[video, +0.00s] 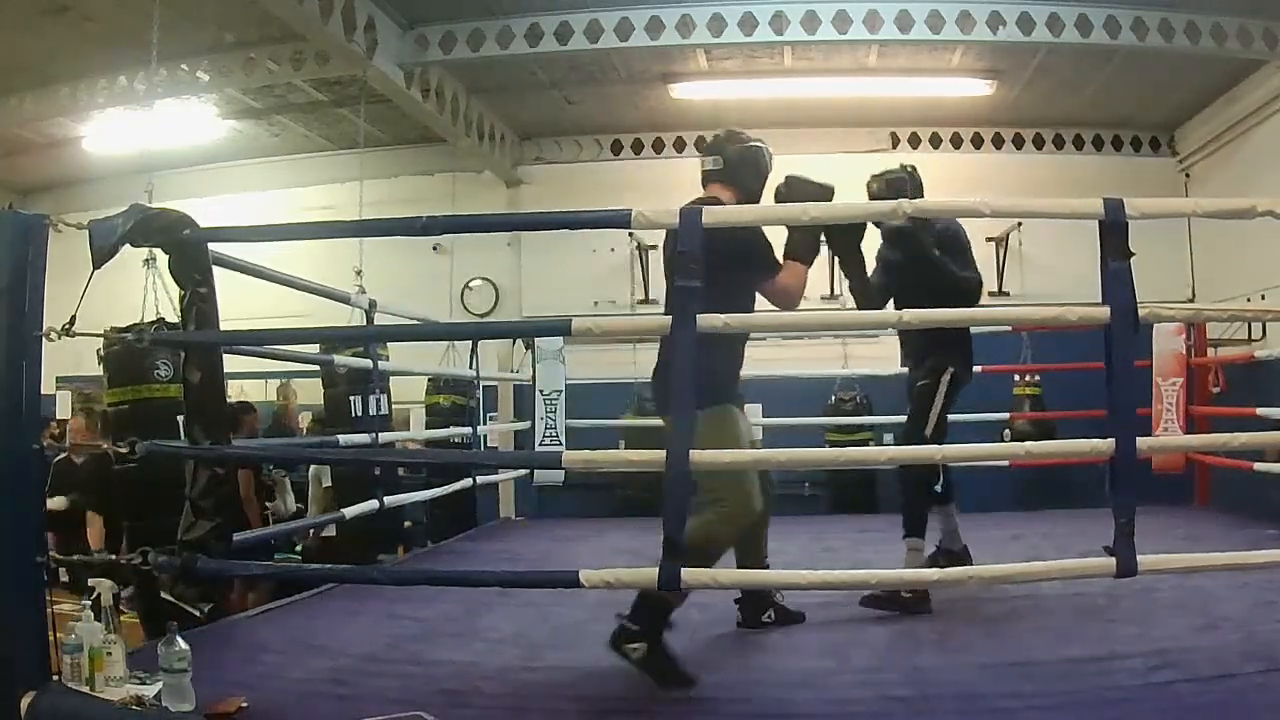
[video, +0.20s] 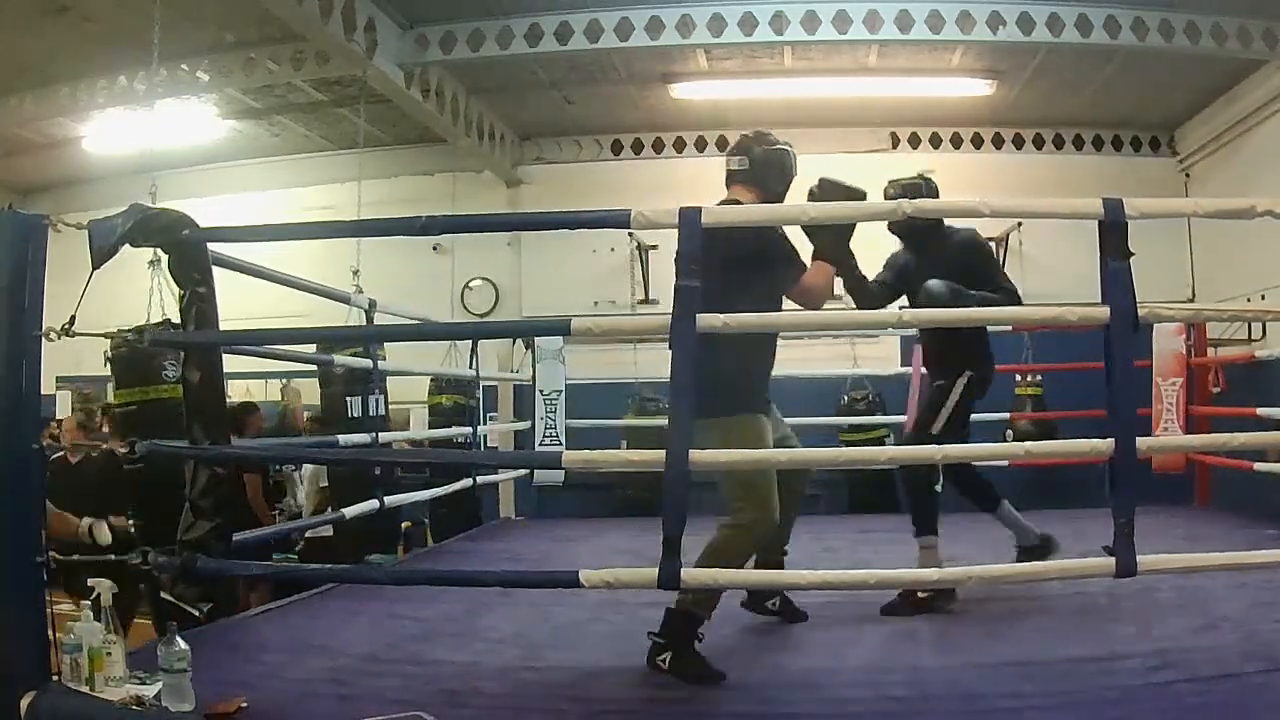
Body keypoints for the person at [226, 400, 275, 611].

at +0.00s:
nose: (257, 427)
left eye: (256, 421)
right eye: (253, 422)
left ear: (236, 427)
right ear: (240, 424)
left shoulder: (226, 449)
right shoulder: (246, 450)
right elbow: (247, 495)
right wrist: (259, 531)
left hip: (232, 526)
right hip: (248, 527)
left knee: (241, 579)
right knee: (264, 578)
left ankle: (237, 627)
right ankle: (256, 626)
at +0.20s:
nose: (261, 427)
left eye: (260, 422)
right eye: (256, 423)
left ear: (237, 428)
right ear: (243, 426)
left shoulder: (228, 449)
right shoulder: (252, 450)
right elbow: (254, 495)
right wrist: (271, 525)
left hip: (233, 523)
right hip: (251, 525)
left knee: (243, 579)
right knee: (261, 580)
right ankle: (262, 630)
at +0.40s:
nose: (271, 428)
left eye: (271, 423)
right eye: (267, 424)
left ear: (244, 428)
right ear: (254, 427)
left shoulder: (240, 449)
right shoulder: (264, 450)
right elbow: (266, 497)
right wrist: (282, 525)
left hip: (243, 521)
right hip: (263, 523)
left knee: (250, 579)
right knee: (268, 579)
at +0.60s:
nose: (279, 428)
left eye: (278, 423)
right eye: (274, 425)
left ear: (250, 430)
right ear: (259, 429)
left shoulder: (244, 452)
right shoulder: (271, 452)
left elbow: (250, 493)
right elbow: (279, 500)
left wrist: (286, 488)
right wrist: (295, 530)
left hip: (249, 521)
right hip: (270, 524)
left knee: (257, 579)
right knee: (275, 580)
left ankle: (252, 626)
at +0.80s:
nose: (279, 423)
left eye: (277, 419)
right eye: (275, 419)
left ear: (249, 428)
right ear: (268, 423)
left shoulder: (246, 451)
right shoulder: (275, 450)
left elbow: (242, 493)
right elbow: (284, 495)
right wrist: (296, 526)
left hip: (252, 522)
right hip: (274, 524)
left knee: (258, 580)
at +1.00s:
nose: (282, 423)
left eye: (280, 419)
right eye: (279, 419)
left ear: (251, 425)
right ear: (273, 423)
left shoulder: (246, 452)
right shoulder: (279, 451)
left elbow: (240, 491)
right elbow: (291, 496)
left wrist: (238, 519)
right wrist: (307, 527)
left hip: (254, 524)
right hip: (280, 525)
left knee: (262, 592)